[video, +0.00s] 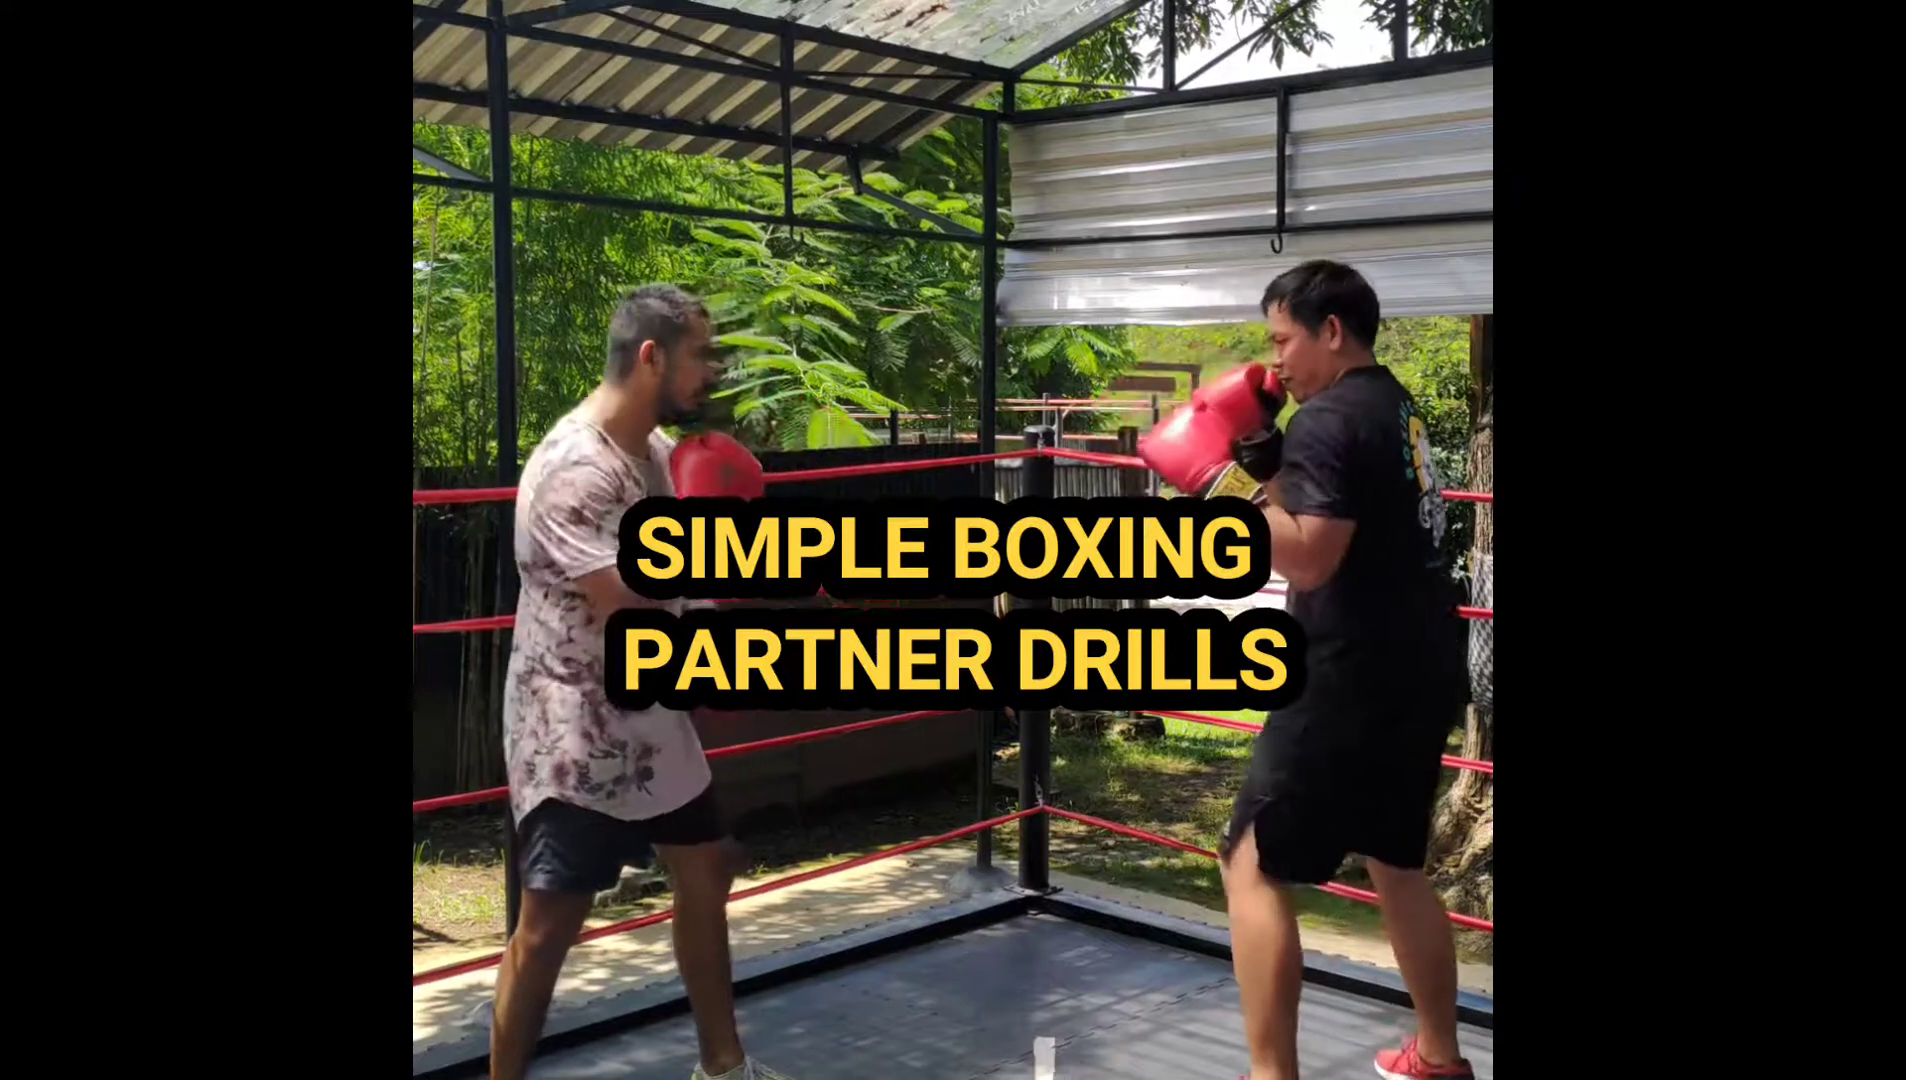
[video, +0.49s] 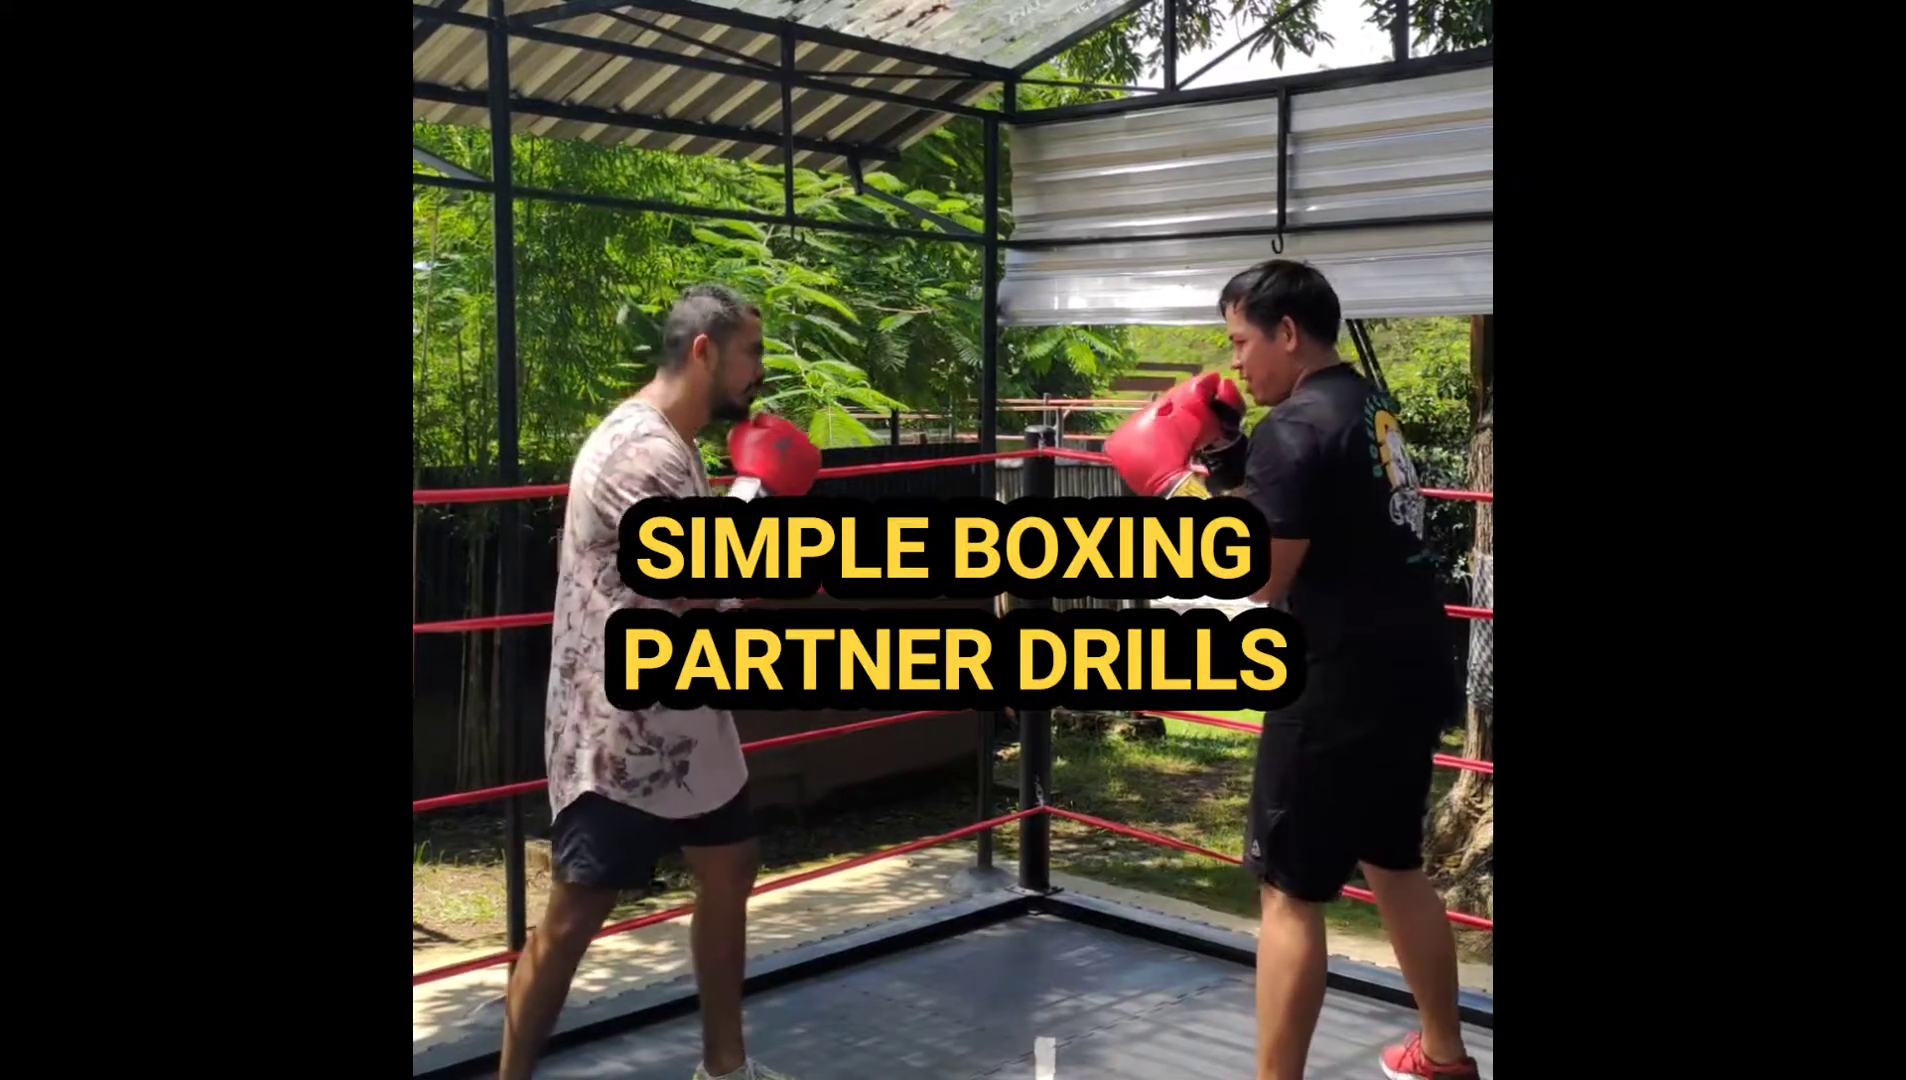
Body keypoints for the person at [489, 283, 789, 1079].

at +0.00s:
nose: (711, 373)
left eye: (712, 356)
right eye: (702, 356)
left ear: (653, 358)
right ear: (649, 354)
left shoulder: (656, 454)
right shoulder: (569, 470)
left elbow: (687, 571)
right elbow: (620, 603)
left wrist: (738, 515)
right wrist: (725, 551)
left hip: (653, 714)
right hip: (570, 724)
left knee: (705, 874)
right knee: (545, 928)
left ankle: (724, 1063)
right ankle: (505, 1077)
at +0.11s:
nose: (709, 372)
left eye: (710, 356)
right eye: (700, 355)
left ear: (647, 358)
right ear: (647, 355)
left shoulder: (652, 451)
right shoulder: (575, 468)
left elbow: (680, 574)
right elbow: (634, 600)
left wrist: (730, 511)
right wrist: (714, 520)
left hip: (650, 715)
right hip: (571, 725)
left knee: (701, 872)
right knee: (546, 929)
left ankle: (724, 1062)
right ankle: (505, 1077)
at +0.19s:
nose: (712, 369)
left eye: (712, 352)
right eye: (703, 351)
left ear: (651, 353)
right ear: (651, 350)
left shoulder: (645, 447)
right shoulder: (585, 461)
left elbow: (671, 577)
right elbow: (641, 598)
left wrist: (730, 502)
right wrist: (710, 503)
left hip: (656, 721)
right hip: (579, 730)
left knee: (698, 875)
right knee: (549, 927)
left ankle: (723, 1062)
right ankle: (505, 1076)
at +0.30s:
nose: (728, 370)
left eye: (729, 353)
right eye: (720, 352)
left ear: (668, 353)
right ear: (670, 350)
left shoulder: (650, 450)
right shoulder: (608, 455)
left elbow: (685, 573)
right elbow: (674, 581)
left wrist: (728, 490)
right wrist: (726, 490)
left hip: (671, 726)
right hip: (594, 733)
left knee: (708, 878)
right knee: (555, 930)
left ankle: (723, 1062)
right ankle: (507, 1075)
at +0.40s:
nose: (749, 372)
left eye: (750, 355)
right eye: (741, 354)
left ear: (687, 353)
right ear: (691, 351)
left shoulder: (658, 448)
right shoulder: (625, 456)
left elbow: (690, 571)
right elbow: (683, 583)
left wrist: (741, 499)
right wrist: (742, 497)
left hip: (681, 718)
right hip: (606, 729)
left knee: (721, 870)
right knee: (565, 923)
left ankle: (724, 1061)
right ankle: (510, 1073)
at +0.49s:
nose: (761, 370)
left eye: (762, 353)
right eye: (752, 353)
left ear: (698, 355)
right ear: (704, 351)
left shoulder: (667, 444)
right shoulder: (642, 457)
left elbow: (699, 573)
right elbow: (694, 590)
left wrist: (755, 501)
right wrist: (755, 502)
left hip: (687, 716)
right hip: (618, 725)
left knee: (730, 871)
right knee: (571, 919)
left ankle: (726, 1062)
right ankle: (512, 1073)